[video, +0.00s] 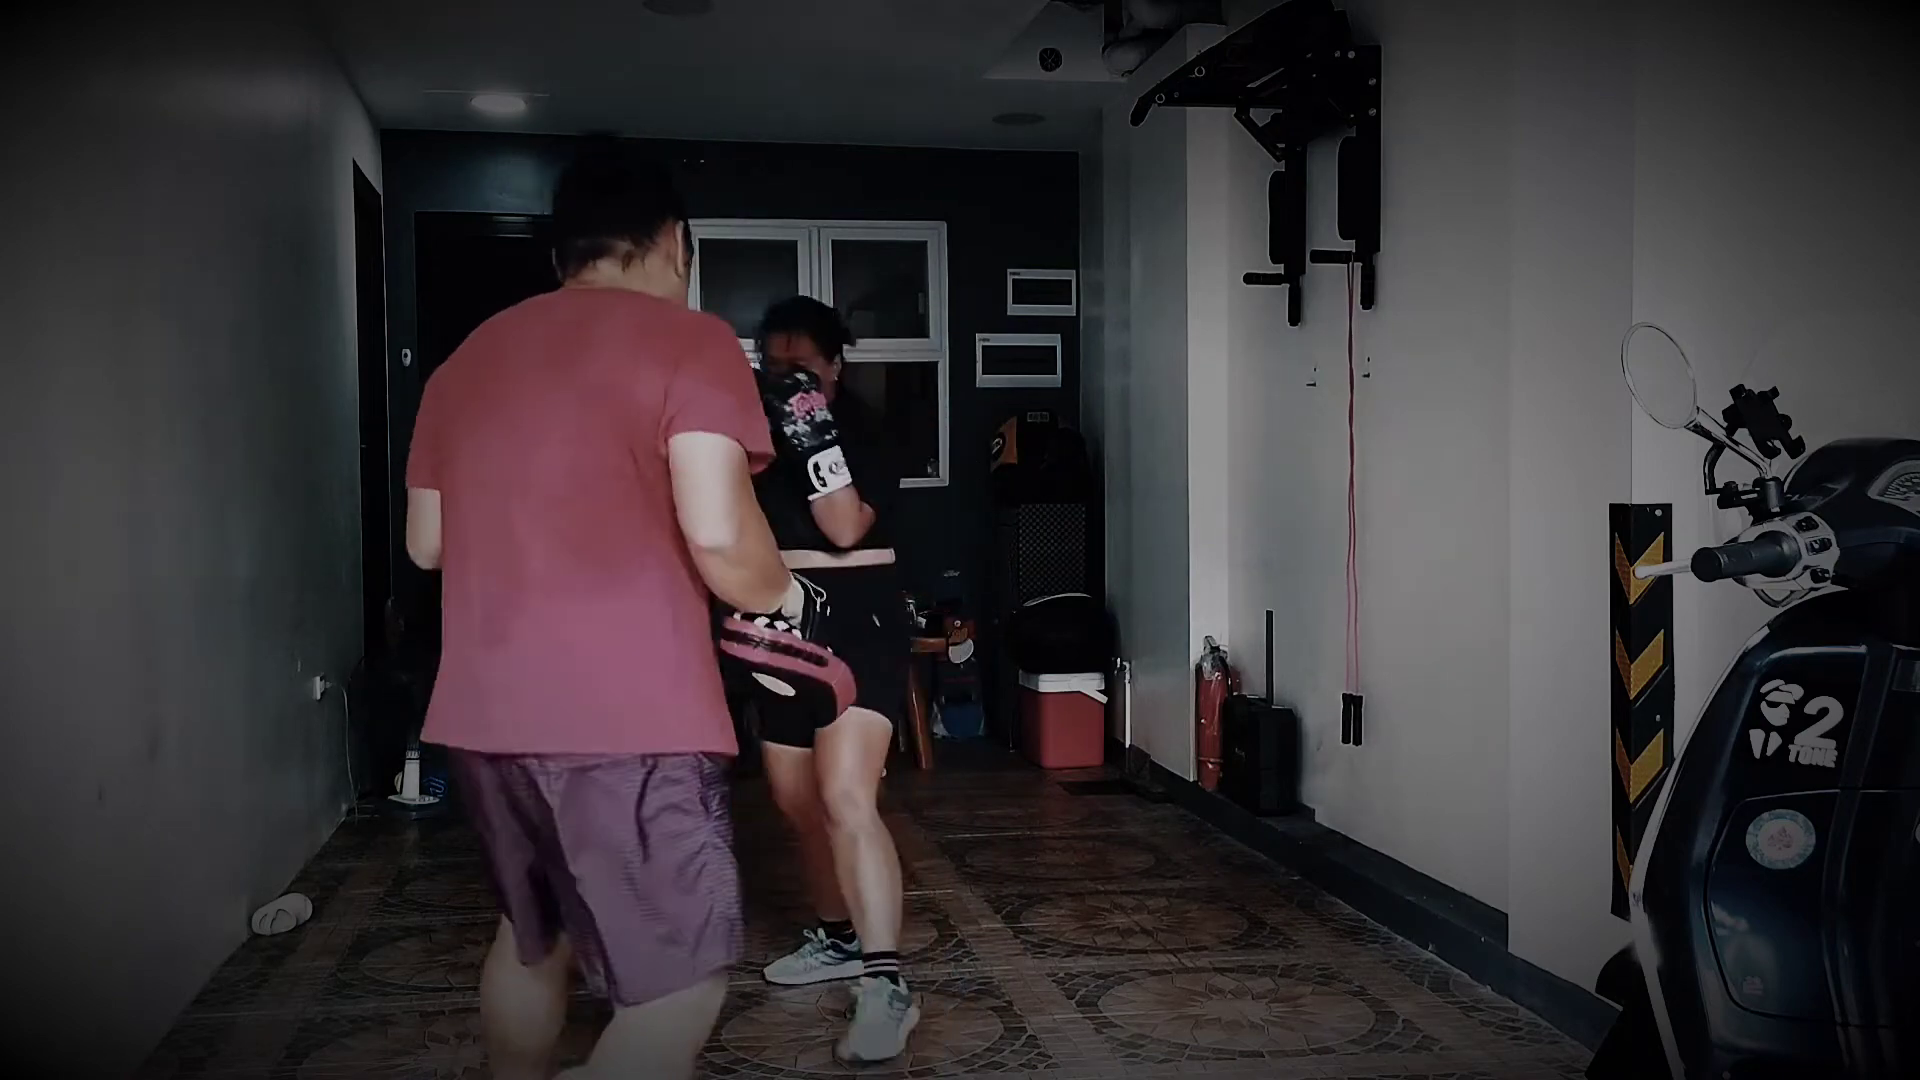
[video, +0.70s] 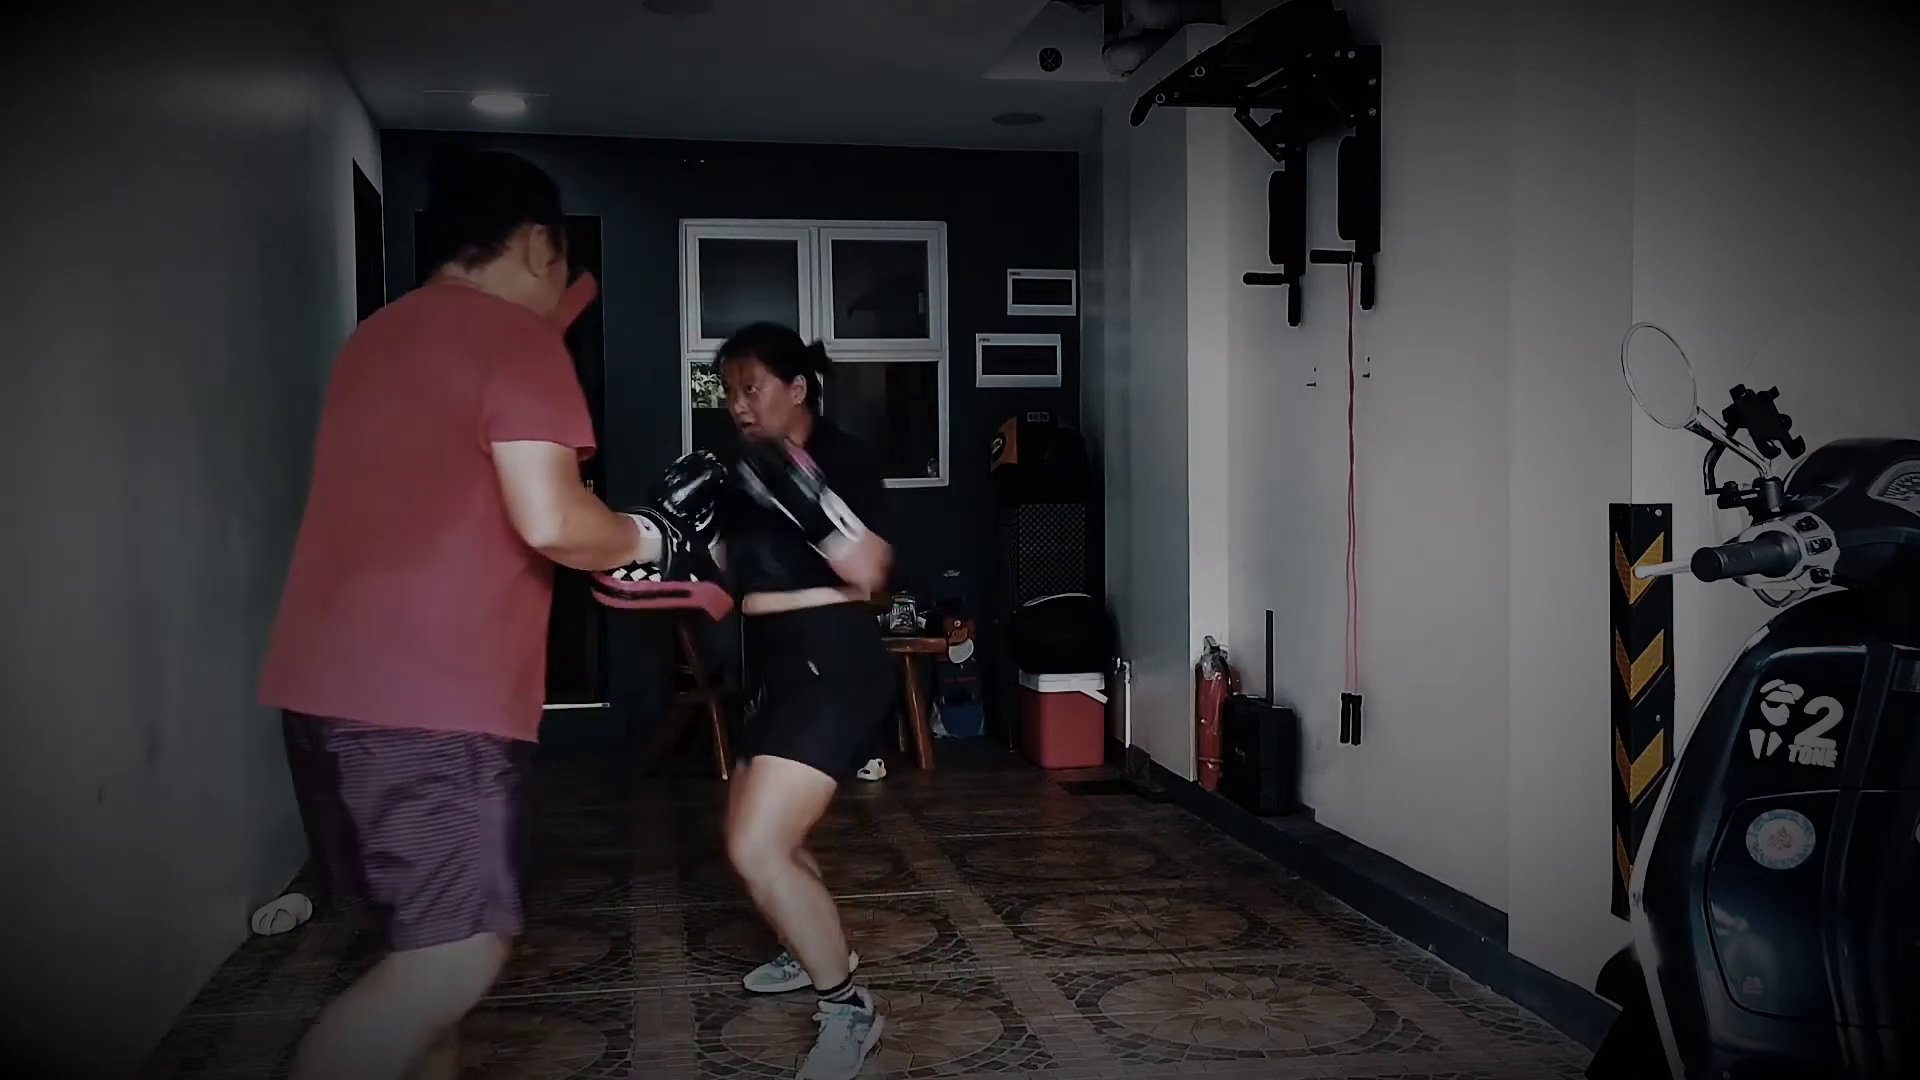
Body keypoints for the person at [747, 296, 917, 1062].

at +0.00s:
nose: (785, 378)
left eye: (799, 365)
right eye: (773, 365)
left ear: (834, 362)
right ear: (756, 365)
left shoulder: (861, 427)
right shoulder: (745, 424)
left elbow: (845, 526)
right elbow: (716, 509)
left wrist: (815, 433)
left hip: (859, 612)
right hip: (769, 611)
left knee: (845, 796)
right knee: (794, 797)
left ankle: (884, 978)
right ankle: (838, 933)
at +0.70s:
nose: (740, 405)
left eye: (754, 389)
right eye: (731, 393)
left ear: (801, 387)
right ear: (729, 399)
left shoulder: (842, 461)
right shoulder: (742, 471)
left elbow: (872, 575)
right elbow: (735, 576)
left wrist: (805, 500)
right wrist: (697, 523)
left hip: (836, 661)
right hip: (771, 661)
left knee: (759, 844)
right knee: (759, 832)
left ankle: (848, 1003)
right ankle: (813, 955)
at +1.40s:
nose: (789, 369)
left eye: (795, 352)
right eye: (784, 357)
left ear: (842, 341)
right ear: (831, 349)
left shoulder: (880, 404)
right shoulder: (841, 413)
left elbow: (826, 513)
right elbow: (771, 510)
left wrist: (789, 428)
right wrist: (753, 435)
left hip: (888, 628)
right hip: (906, 624)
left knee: (837, 817)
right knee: (910, 816)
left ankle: (870, 1011)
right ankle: (939, 978)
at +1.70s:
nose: (802, 365)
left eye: (813, 349)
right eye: (796, 354)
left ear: (859, 344)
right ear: (805, 357)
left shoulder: (895, 401)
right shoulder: (829, 414)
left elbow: (858, 508)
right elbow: (776, 514)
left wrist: (806, 419)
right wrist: (749, 440)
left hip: (913, 620)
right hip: (886, 623)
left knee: (872, 815)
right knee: (909, 817)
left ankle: (888, 1017)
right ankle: (940, 977)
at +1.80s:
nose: (798, 381)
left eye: (811, 363)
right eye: (790, 368)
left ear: (855, 361)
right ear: (786, 377)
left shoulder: (890, 416)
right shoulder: (817, 437)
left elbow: (853, 528)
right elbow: (779, 539)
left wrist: (795, 439)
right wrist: (745, 473)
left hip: (925, 637)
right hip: (866, 644)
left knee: (870, 828)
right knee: (870, 822)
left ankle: (892, 1038)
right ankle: (938, 971)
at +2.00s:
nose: (824, 390)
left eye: (841, 375)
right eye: (815, 377)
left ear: (889, 380)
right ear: (807, 386)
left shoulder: (930, 465)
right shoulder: (801, 464)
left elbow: (917, 585)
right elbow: (734, 540)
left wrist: (866, 492)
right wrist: (720, 471)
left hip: (910, 679)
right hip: (821, 674)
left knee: (855, 849)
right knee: (785, 866)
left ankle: (874, 1054)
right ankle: (906, 926)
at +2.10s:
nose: (862, 409)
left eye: (883, 396)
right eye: (854, 390)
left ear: (919, 409)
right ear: (836, 392)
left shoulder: (928, 484)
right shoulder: (798, 443)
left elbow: (948, 608)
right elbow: (689, 427)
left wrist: (927, 517)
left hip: (888, 683)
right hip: (791, 679)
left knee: (858, 860)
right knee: (785, 889)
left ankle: (874, 1054)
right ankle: (860, 930)